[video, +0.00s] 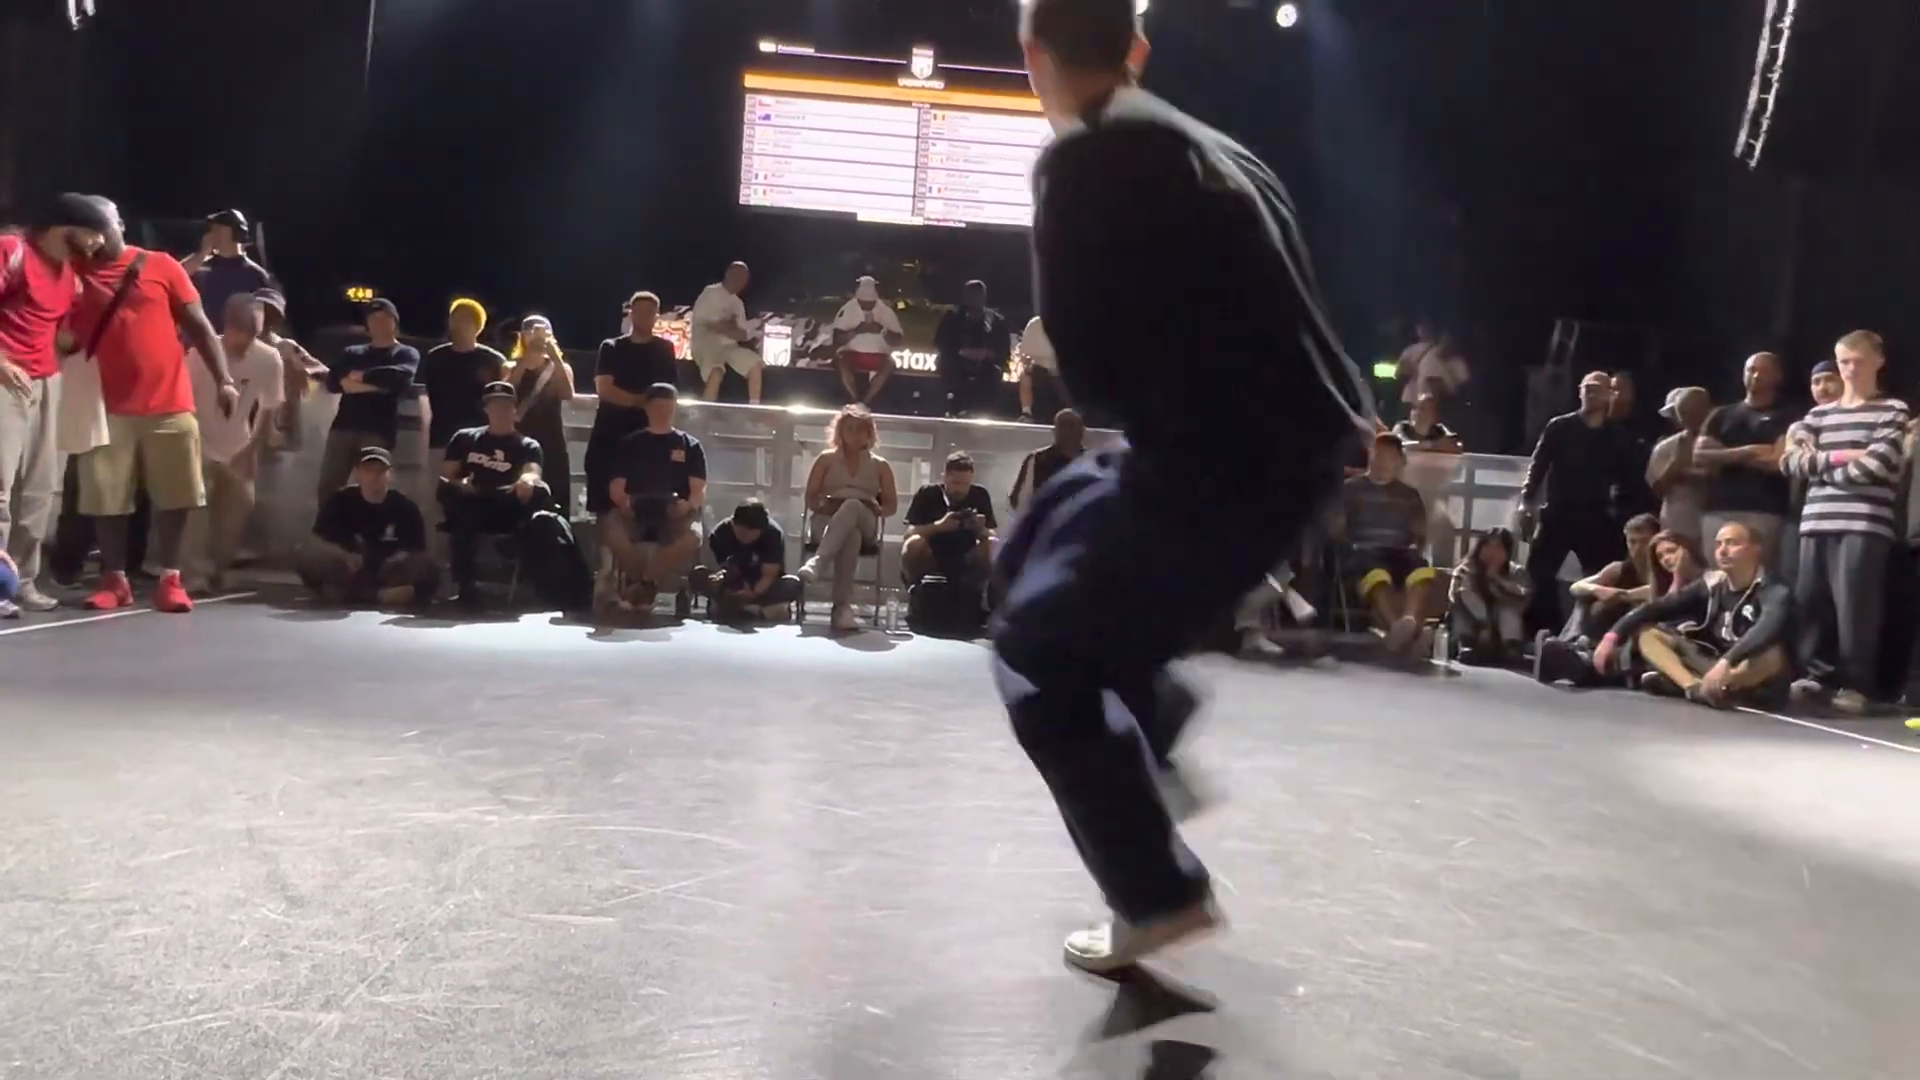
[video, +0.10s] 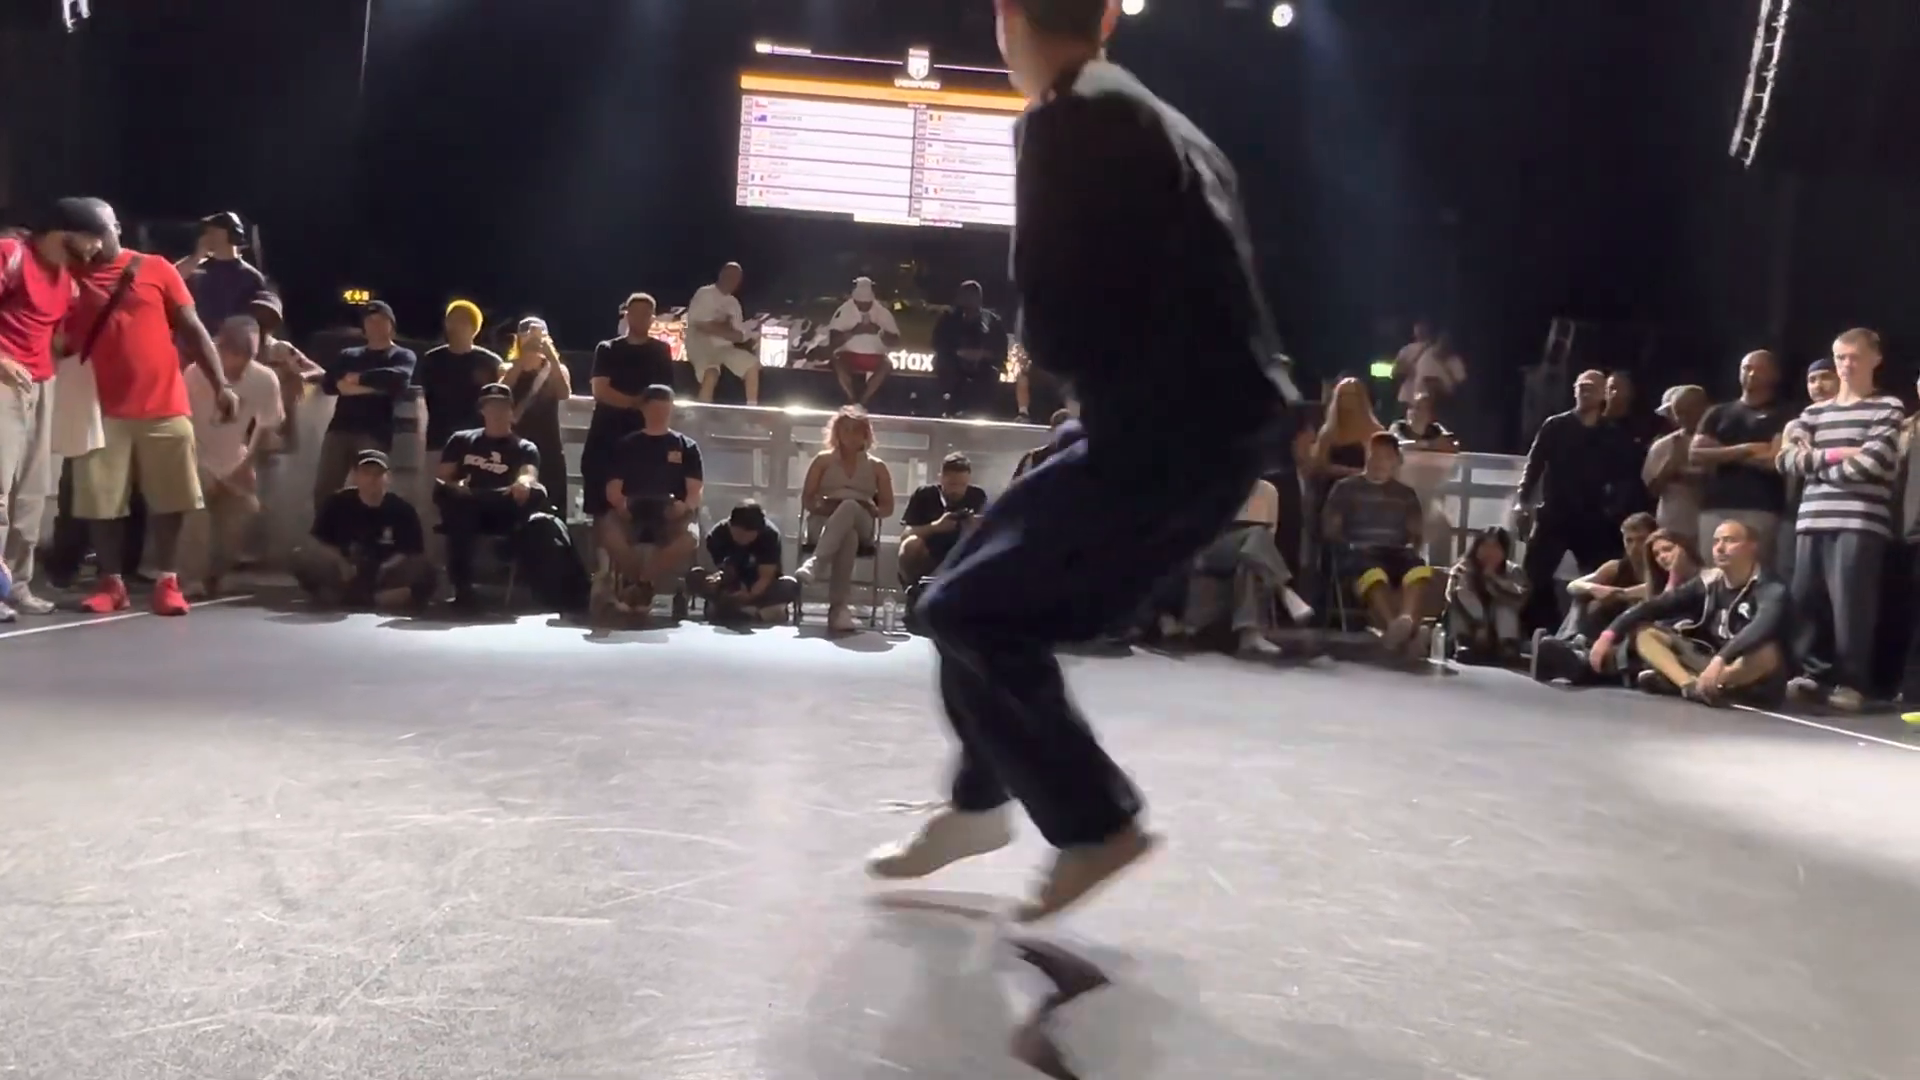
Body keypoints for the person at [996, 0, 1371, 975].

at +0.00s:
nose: (1032, 81)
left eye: (1029, 60)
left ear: (1033, 59)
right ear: (1140, 51)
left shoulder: (1083, 163)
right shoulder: (1224, 156)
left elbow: (1093, 368)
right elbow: (1288, 308)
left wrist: (1169, 435)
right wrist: (1353, 419)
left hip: (1214, 475)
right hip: (1290, 453)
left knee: (1036, 651)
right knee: (1037, 549)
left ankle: (1161, 895)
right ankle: (1158, 728)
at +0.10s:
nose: (1000, 38)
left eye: (1001, 22)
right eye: (1005, 23)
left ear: (1009, 18)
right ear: (1110, 21)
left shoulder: (1070, 123)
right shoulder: (1163, 125)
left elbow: (1060, 333)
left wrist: (1038, 349)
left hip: (1165, 437)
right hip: (1224, 425)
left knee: (969, 611)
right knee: (989, 580)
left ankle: (1099, 825)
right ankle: (978, 799)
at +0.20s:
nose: (979, 61)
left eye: (979, 44)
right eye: (984, 44)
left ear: (987, 46)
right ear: (1081, 50)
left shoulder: (1061, 151)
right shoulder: (1101, 142)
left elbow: (1025, 351)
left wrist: (990, 305)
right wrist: (1012, 314)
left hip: (1103, 473)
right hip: (1127, 461)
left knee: (936, 646)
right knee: (949, 627)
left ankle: (1017, 841)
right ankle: (928, 853)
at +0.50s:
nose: (934, 75)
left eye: (934, 54)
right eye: (934, 56)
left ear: (959, 49)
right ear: (1021, 37)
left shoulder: (1042, 117)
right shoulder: (1068, 115)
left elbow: (1094, 296)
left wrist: (1028, 330)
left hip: (1160, 429)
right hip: (1122, 430)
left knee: (1097, 674)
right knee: (994, 612)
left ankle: (1317, 867)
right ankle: (829, 809)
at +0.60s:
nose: (949, 104)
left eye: (948, 83)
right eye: (951, 84)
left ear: (967, 82)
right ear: (1037, 73)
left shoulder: (1040, 155)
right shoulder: (1071, 149)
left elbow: (1061, 329)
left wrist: (996, 308)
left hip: (1160, 480)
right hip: (1114, 477)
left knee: (1170, 726)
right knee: (992, 682)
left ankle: (1365, 914)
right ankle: (816, 860)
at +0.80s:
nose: (995, 80)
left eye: (995, 65)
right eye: (1002, 68)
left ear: (1003, 61)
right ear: (1089, 69)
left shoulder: (996, 131)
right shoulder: (1171, 172)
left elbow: (871, 229)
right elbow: (1260, 298)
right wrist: (1249, 458)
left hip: (1018, 444)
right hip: (1114, 460)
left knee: (887, 626)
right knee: (935, 621)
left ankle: (985, 835)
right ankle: (979, 872)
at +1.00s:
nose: (1012, 65)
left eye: (1017, 52)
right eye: (1026, 54)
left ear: (1029, 55)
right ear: (1106, 75)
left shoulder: (969, 135)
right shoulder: (1150, 163)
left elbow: (858, 245)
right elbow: (1162, 328)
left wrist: (795, 367)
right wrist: (1101, 391)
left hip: (970, 409)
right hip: (1082, 437)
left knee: (900, 579)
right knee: (1002, 655)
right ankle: (920, 868)